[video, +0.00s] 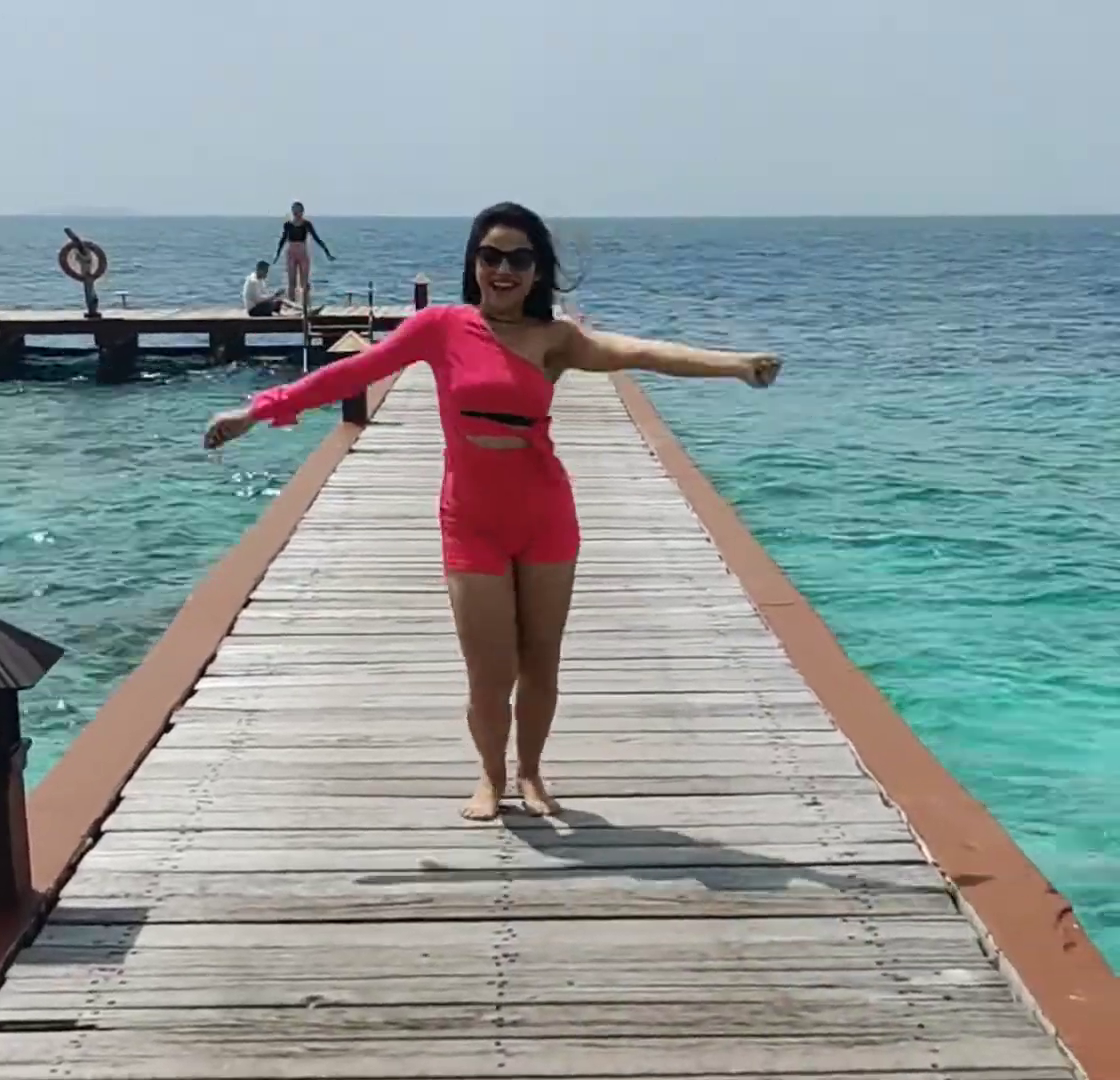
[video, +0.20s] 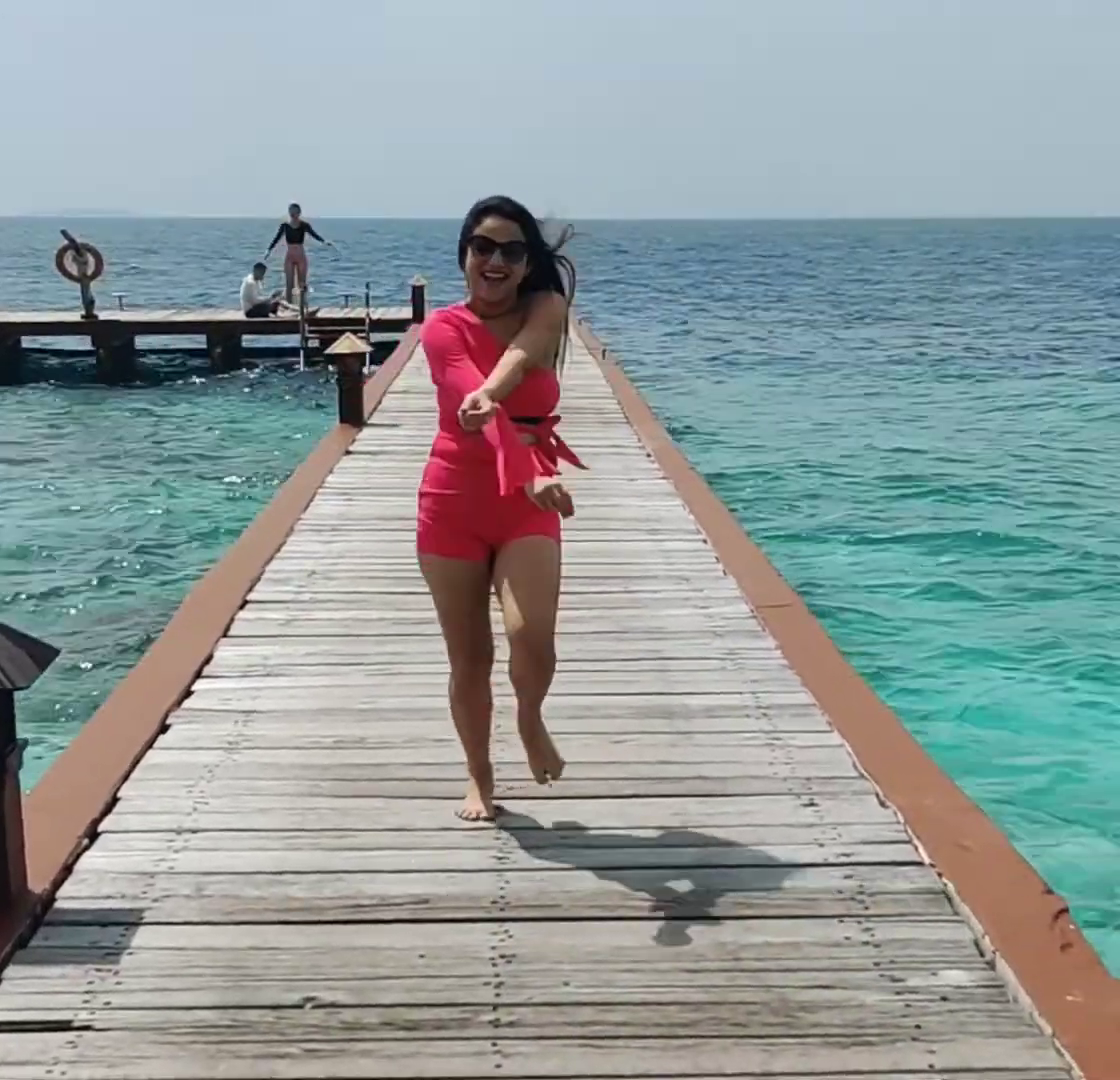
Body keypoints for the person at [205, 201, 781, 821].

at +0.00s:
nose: (504, 269)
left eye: (519, 259)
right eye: (490, 257)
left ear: (540, 268)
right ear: (472, 263)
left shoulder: (559, 338)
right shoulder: (441, 326)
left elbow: (645, 354)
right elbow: (349, 372)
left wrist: (738, 365)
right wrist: (257, 411)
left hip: (548, 516)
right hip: (471, 521)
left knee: (541, 664)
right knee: (489, 677)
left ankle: (531, 773)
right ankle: (493, 780)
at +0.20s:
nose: (495, 261)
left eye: (511, 251)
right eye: (483, 247)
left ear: (530, 259)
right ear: (464, 252)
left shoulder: (548, 308)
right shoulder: (444, 327)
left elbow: (523, 356)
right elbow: (481, 409)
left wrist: (488, 394)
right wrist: (531, 474)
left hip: (529, 503)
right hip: (451, 505)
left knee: (536, 646)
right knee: (471, 660)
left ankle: (529, 719)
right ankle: (480, 782)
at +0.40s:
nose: (482, 249)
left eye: (496, 235)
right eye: (470, 236)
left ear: (526, 234)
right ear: (459, 239)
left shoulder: (551, 275)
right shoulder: (452, 302)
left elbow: (531, 342)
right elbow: (486, 396)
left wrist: (439, 351)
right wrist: (579, 372)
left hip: (524, 485)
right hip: (448, 483)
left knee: (519, 636)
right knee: (459, 643)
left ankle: (546, 775)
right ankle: (470, 773)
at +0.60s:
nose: (480, 300)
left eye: (494, 285)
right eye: (469, 287)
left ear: (528, 277)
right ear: (463, 283)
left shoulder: (564, 318)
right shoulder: (470, 350)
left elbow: (607, 384)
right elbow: (434, 440)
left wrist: (514, 419)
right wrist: (494, 465)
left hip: (534, 540)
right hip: (460, 532)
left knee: (533, 694)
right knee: (463, 669)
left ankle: (561, 823)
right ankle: (481, 770)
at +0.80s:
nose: (500, 259)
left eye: (517, 248)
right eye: (488, 247)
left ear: (545, 254)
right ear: (474, 255)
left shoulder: (576, 318)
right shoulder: (461, 339)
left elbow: (652, 402)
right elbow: (412, 433)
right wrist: (358, 509)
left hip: (556, 523)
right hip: (476, 517)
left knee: (550, 689)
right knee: (413, 662)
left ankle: (564, 823)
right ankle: (446, 760)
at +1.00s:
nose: (495, 245)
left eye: (512, 235)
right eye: (481, 231)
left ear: (533, 244)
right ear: (460, 236)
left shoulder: (556, 313)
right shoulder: (425, 306)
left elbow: (645, 354)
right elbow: (358, 360)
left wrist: (749, 374)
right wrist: (300, 400)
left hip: (543, 513)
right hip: (460, 518)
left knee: (560, 679)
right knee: (440, 696)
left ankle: (564, 815)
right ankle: (385, 834)